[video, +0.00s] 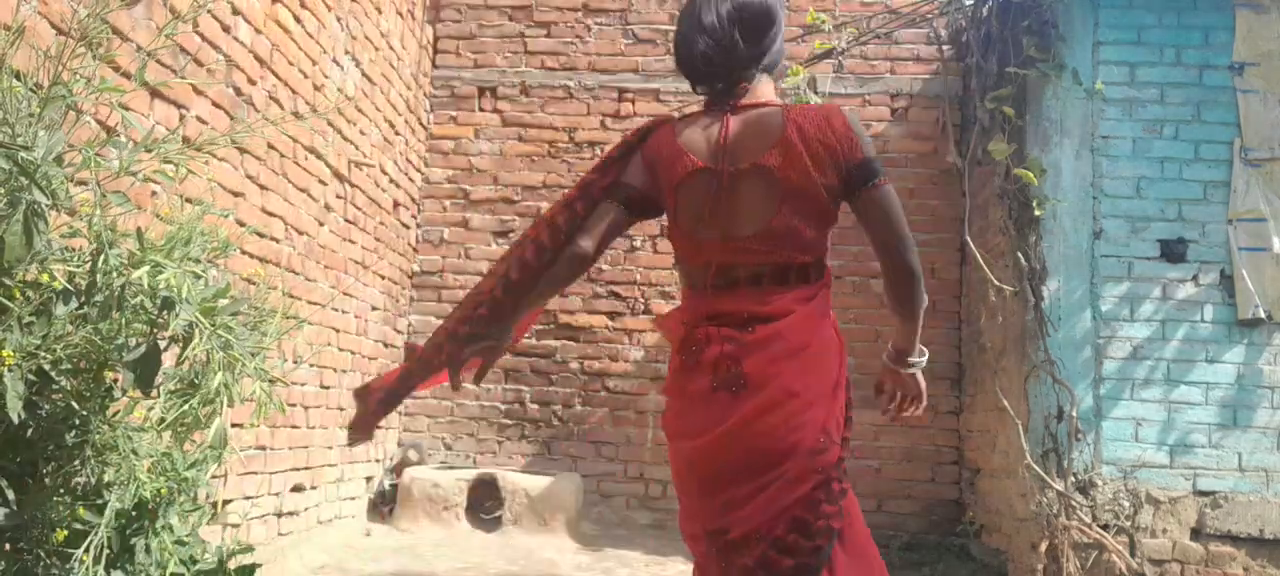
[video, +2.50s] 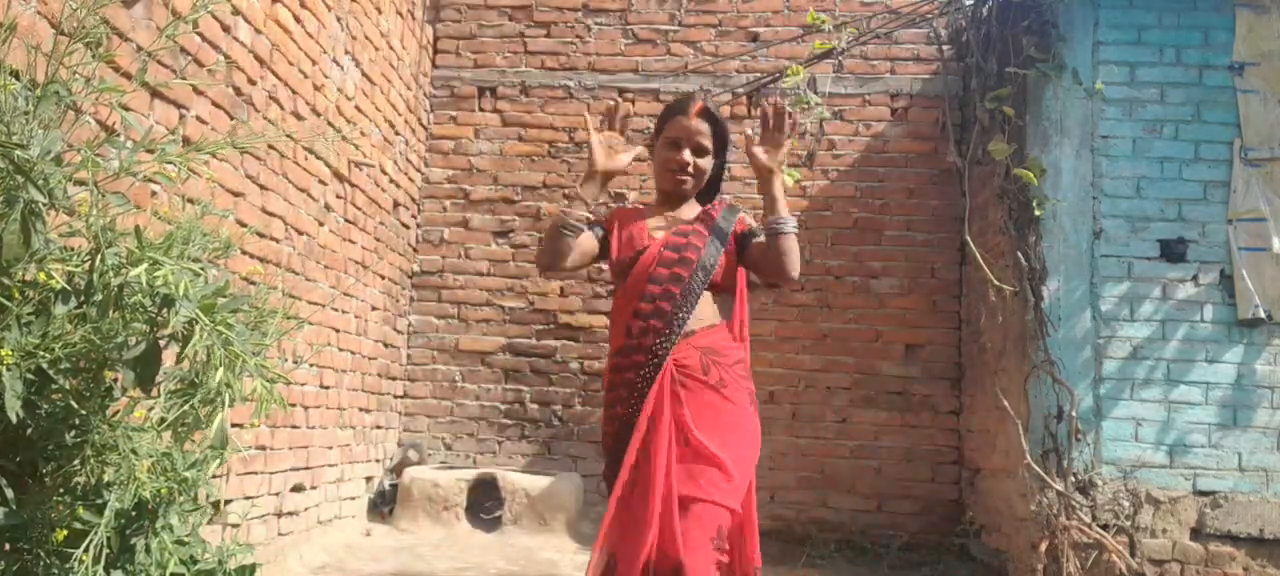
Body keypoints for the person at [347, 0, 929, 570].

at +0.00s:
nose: (787, 46)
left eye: (776, 39)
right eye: (781, 39)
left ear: (694, 62)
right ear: (771, 51)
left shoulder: (662, 146)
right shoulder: (827, 130)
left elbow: (573, 254)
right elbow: (904, 269)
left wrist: (493, 328)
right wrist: (907, 355)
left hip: (699, 375)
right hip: (796, 366)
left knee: (716, 547)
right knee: (807, 544)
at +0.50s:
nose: (739, 129)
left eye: (756, 116)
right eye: (727, 116)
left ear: (787, 125)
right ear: (715, 124)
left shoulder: (815, 191)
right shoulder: (708, 202)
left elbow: (845, 289)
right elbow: (693, 302)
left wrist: (812, 201)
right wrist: (661, 339)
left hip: (767, 377)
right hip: (697, 377)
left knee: (751, 525)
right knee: (682, 523)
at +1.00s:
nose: (709, 189)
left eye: (721, 178)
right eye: (697, 177)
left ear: (737, 186)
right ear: (679, 181)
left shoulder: (745, 250)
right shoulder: (659, 236)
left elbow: (821, 275)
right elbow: (626, 315)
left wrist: (788, 227)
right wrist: (701, 353)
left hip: (729, 391)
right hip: (670, 391)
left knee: (729, 512)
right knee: (679, 518)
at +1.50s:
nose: (689, 206)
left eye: (699, 196)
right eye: (678, 194)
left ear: (715, 196)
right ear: (660, 189)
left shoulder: (726, 243)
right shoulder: (641, 243)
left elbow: (783, 209)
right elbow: (614, 322)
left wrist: (745, 204)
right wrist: (671, 362)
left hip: (712, 396)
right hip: (652, 394)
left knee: (711, 508)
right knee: (649, 509)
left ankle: (704, 572)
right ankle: (648, 572)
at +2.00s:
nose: (681, 186)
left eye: (695, 178)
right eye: (672, 172)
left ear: (710, 188)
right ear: (653, 174)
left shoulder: (722, 244)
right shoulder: (621, 242)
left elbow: (761, 331)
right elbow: (588, 321)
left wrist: (739, 265)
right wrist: (594, 332)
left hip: (700, 401)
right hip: (632, 402)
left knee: (669, 519)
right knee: (624, 525)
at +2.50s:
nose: (684, 159)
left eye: (700, 151)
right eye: (673, 144)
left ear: (717, 163)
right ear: (652, 149)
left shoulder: (725, 222)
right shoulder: (623, 224)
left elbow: (784, 272)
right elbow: (553, 261)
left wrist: (771, 178)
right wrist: (594, 181)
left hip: (713, 390)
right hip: (637, 393)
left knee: (692, 545)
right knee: (637, 541)